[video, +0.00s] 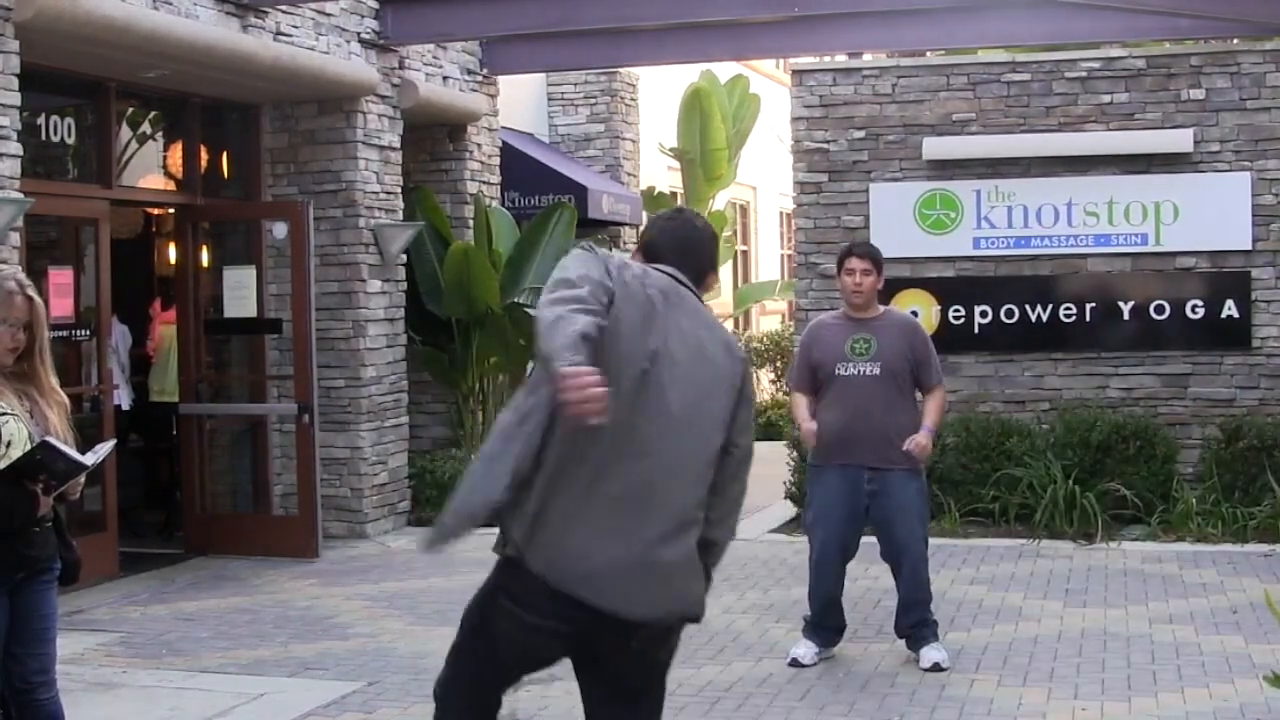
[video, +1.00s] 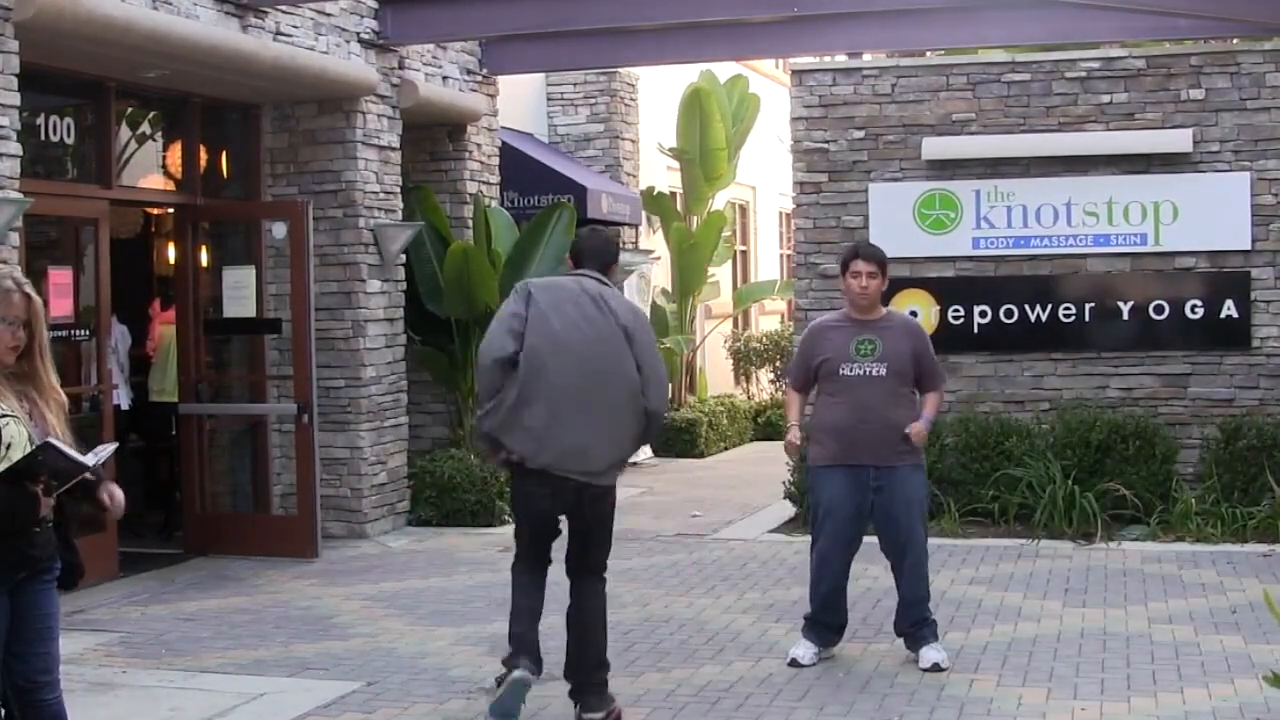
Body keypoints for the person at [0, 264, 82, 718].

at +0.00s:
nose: (13, 337)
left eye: (22, 326)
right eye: (5, 324)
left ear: (32, 331)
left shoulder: (43, 394)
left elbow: (64, 471)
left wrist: (70, 486)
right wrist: (25, 503)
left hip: (36, 563)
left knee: (37, 692)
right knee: (14, 692)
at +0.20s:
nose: (13, 337)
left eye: (22, 327)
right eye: (6, 325)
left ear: (32, 332)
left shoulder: (43, 394)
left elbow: (62, 470)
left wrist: (69, 487)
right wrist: (27, 501)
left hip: (36, 562)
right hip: (3, 562)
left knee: (35, 691)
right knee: (12, 692)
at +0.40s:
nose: (15, 337)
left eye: (23, 327)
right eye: (7, 325)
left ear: (34, 332)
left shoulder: (44, 395)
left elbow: (63, 473)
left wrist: (69, 487)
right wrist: (25, 501)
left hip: (36, 563)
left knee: (36, 691)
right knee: (13, 692)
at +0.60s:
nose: (14, 337)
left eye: (22, 327)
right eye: (6, 325)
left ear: (34, 332)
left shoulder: (45, 395)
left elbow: (63, 468)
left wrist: (72, 486)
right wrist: (27, 502)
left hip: (36, 566)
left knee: (42, 698)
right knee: (11, 700)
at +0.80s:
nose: (13, 336)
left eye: (21, 325)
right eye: (5, 324)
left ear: (32, 332)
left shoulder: (40, 395)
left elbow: (63, 466)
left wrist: (75, 478)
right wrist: (27, 500)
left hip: (37, 564)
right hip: (2, 565)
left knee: (41, 695)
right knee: (8, 696)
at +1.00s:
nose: (12, 335)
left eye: (20, 324)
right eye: (5, 322)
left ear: (32, 331)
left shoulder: (38, 394)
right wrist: (22, 504)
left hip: (34, 565)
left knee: (40, 699)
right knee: (17, 700)